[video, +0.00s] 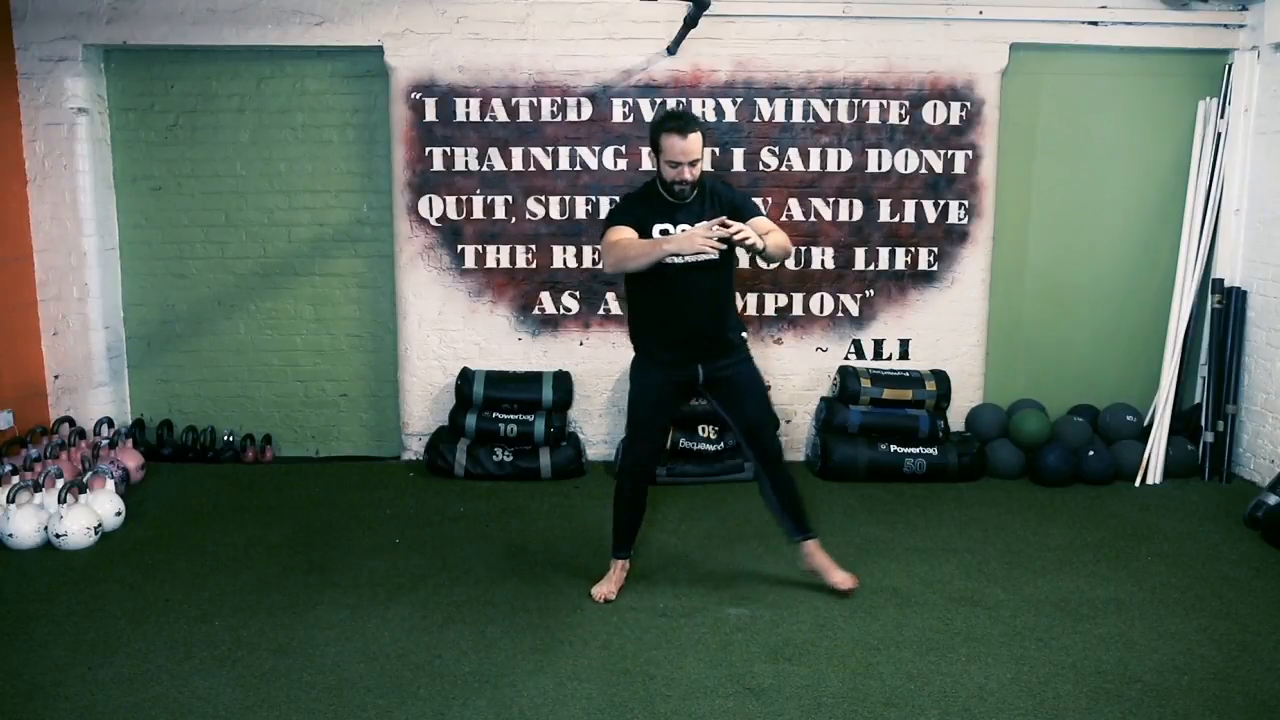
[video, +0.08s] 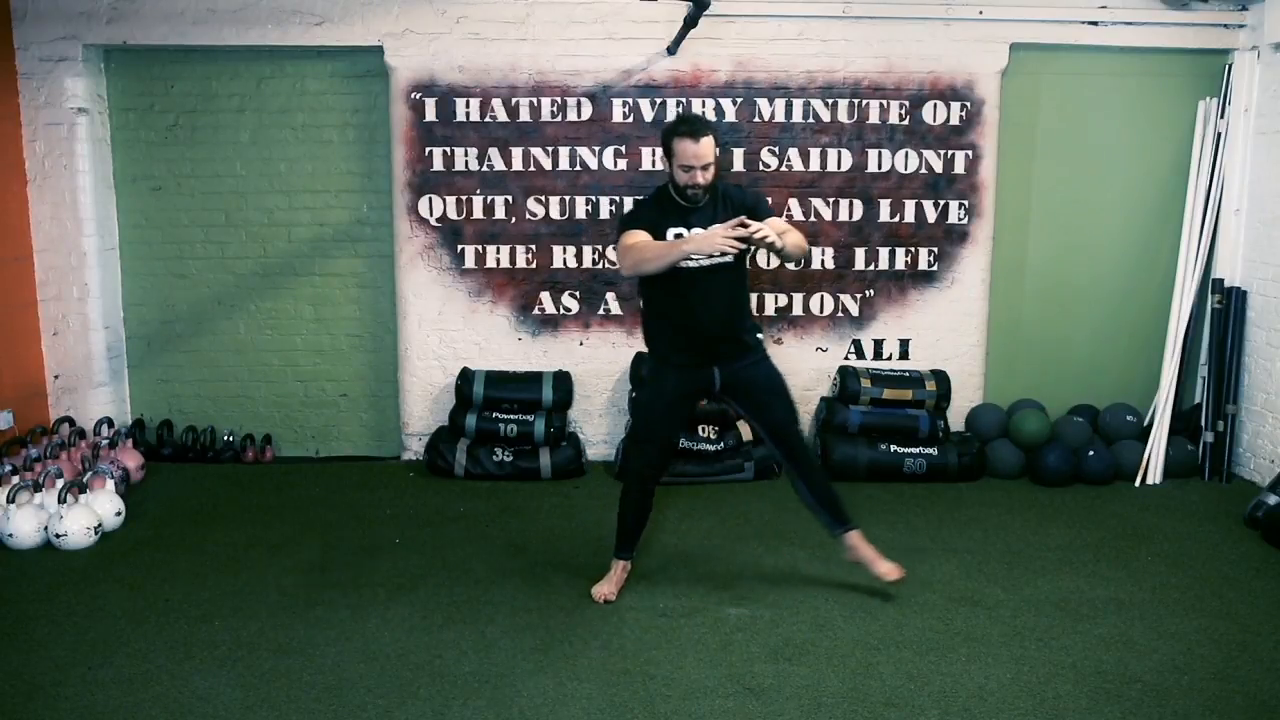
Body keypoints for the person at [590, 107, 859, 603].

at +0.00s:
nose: (684, 174)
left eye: (692, 163)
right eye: (674, 164)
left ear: (704, 155)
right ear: (656, 158)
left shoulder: (721, 194)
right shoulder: (637, 203)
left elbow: (782, 246)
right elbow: (612, 257)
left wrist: (759, 241)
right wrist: (674, 242)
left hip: (725, 350)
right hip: (659, 355)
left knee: (766, 443)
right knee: (638, 457)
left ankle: (809, 547)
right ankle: (619, 561)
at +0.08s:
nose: (698, 180)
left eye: (707, 168)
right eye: (686, 169)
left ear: (720, 159)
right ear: (667, 162)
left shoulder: (741, 201)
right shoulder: (648, 208)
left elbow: (800, 250)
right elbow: (630, 260)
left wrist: (780, 237)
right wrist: (695, 243)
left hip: (740, 354)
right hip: (672, 360)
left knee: (791, 444)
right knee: (642, 463)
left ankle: (854, 542)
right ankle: (620, 562)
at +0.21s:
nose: (729, 191)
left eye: (736, 180)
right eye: (717, 182)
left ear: (747, 171)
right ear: (697, 175)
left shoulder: (767, 210)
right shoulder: (677, 226)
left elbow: (836, 254)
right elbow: (664, 272)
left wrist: (816, 243)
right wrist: (733, 250)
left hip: (772, 364)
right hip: (705, 373)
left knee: (836, 443)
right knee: (665, 466)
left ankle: (907, 539)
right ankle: (624, 562)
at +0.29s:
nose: (757, 206)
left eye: (765, 197)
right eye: (747, 198)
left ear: (776, 186)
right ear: (726, 192)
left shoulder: (795, 226)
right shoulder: (707, 236)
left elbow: (864, 265)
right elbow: (695, 286)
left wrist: (846, 254)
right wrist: (765, 263)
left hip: (797, 374)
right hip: (731, 378)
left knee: (865, 451)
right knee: (682, 469)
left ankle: (928, 556)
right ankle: (624, 565)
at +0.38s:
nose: (792, 232)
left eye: (801, 221)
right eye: (781, 223)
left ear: (811, 208)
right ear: (761, 214)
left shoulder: (827, 244)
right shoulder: (743, 256)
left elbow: (895, 280)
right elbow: (731, 305)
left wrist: (882, 268)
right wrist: (796, 282)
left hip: (829, 392)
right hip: (762, 397)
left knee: (903, 463)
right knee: (705, 477)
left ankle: (927, 570)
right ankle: (628, 564)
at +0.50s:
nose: (845, 276)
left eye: (853, 267)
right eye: (835, 267)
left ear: (867, 256)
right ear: (815, 258)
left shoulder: (883, 285)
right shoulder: (798, 290)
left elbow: (950, 323)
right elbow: (779, 343)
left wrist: (925, 309)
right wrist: (853, 317)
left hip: (867, 421)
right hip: (798, 423)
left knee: (948, 479)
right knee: (726, 495)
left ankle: (929, 573)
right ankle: (634, 566)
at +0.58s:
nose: (873, 305)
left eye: (882, 296)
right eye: (864, 297)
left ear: (895, 280)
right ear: (845, 283)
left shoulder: (911, 309)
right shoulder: (824, 316)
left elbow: (976, 353)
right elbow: (806, 368)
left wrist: (957, 337)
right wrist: (878, 348)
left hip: (885, 436)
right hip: (815, 436)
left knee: (964, 483)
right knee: (736, 501)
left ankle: (931, 573)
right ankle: (635, 568)